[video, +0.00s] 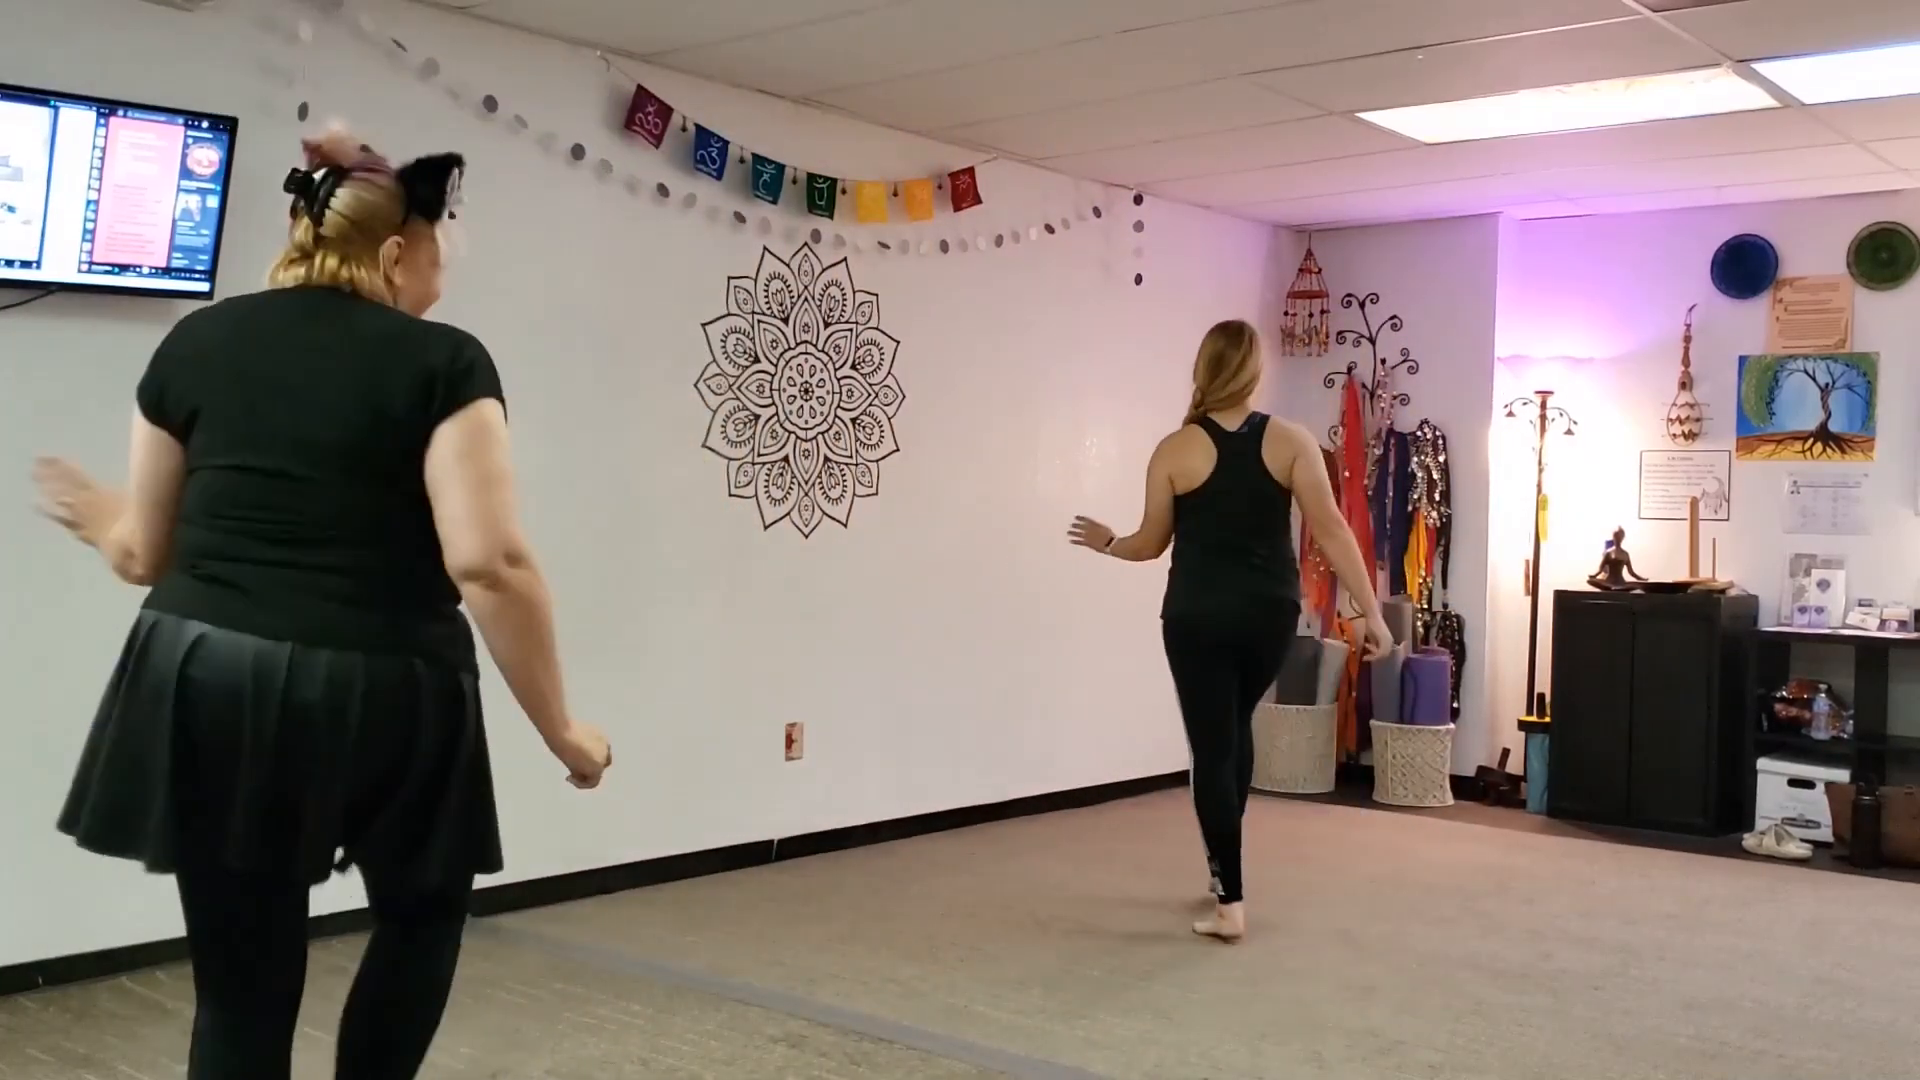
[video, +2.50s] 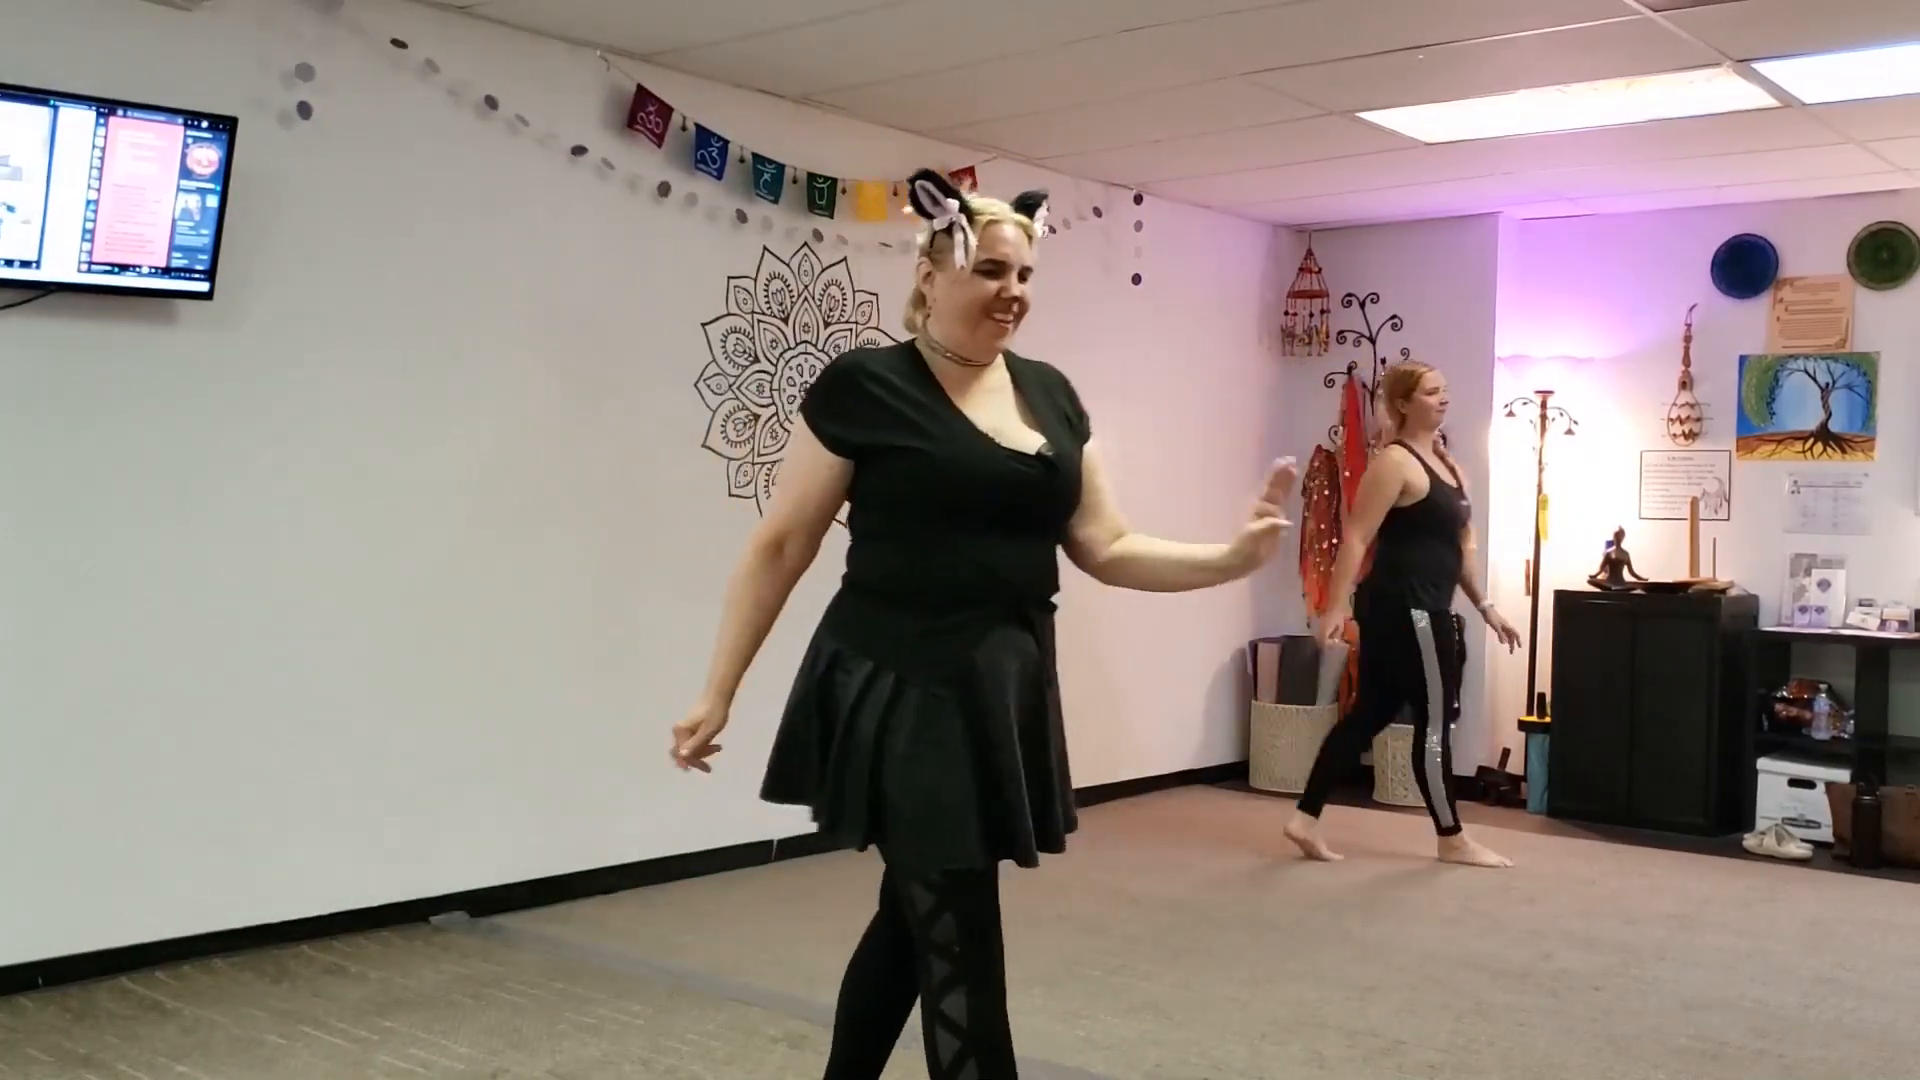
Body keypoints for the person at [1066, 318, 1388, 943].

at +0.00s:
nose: (1258, 373)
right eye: (1258, 365)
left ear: (1201, 371)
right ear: (1255, 372)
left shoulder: (1173, 450)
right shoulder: (1292, 442)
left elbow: (1151, 544)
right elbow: (1329, 528)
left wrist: (1110, 543)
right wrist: (1370, 610)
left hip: (1195, 616)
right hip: (1270, 615)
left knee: (1212, 752)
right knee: (1237, 721)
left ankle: (1231, 902)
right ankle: (1222, 860)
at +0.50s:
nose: (1253, 387)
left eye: (1241, 375)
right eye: (1254, 379)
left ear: (1199, 379)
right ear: (1249, 385)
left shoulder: (1168, 450)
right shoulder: (1264, 455)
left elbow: (1161, 537)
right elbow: (1277, 546)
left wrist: (1190, 582)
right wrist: (1305, 628)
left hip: (1177, 606)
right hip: (1248, 611)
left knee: (1184, 729)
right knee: (1223, 732)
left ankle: (1200, 844)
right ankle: (1203, 860)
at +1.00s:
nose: (1256, 391)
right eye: (1257, 384)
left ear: (1206, 389)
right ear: (1255, 392)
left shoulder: (1180, 455)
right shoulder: (1281, 462)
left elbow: (1138, 524)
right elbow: (1309, 549)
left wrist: (1098, 586)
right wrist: (1348, 617)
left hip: (1190, 606)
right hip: (1252, 611)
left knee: (1244, 696)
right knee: (1222, 726)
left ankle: (1234, 820)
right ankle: (1197, 860)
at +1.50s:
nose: (1307, 402)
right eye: (1304, 395)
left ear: (1255, 401)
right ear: (1300, 401)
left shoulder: (1237, 468)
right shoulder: (1334, 455)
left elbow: (1207, 545)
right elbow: (1354, 540)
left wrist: (1167, 600)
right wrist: (1363, 608)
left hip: (1249, 601)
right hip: (1307, 603)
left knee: (1277, 713)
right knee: (1272, 716)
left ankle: (1291, 834)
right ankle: (1217, 824)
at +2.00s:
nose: (1373, 399)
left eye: (1372, 391)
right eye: (1366, 391)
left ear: (1335, 397)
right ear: (1339, 396)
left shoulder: (1332, 446)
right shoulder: (1325, 445)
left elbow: (1336, 526)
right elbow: (1325, 523)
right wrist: (1375, 584)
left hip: (1312, 593)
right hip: (1329, 594)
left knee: (1315, 710)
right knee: (1409, 688)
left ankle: (1296, 834)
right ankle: (1362, 802)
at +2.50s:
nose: (1444, 399)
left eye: (1444, 392)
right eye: (1433, 393)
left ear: (1436, 402)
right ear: (1404, 403)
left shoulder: (1445, 463)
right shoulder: (1392, 462)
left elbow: (1458, 550)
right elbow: (1356, 537)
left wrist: (1486, 608)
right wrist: (1335, 608)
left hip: (1422, 602)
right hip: (1405, 604)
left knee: (1370, 713)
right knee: (1435, 717)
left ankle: (1305, 817)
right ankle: (1451, 838)